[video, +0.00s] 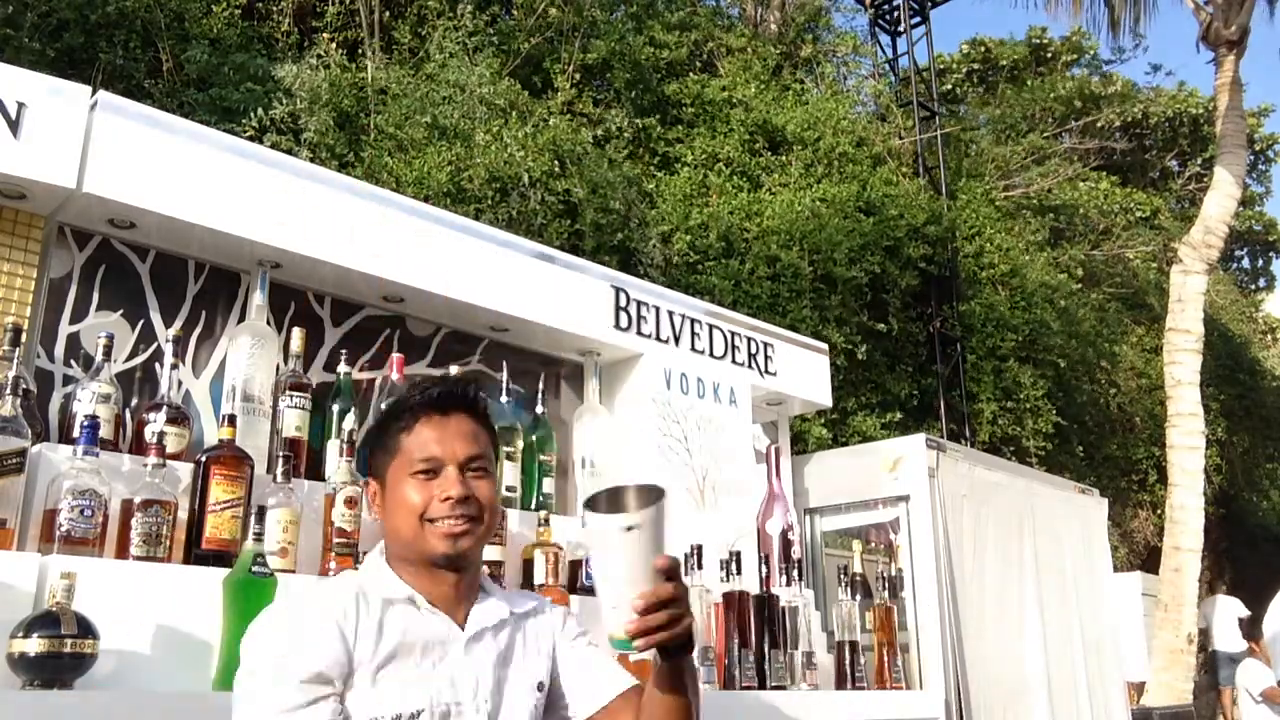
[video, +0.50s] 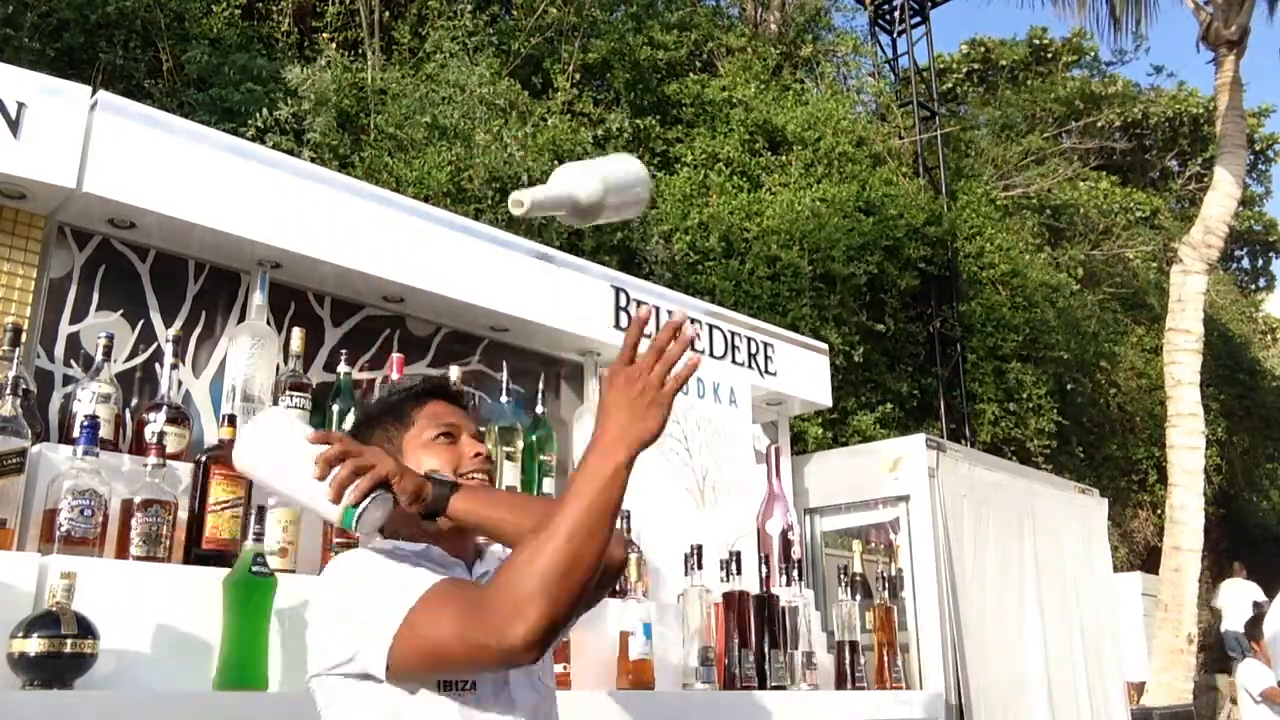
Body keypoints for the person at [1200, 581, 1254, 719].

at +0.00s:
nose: (1223, 588)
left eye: (1221, 586)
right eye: (1223, 586)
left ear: (1211, 589)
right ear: (1224, 588)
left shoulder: (1205, 604)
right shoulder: (1234, 601)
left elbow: (1202, 627)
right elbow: (1248, 617)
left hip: (1219, 648)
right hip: (1239, 647)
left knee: (1225, 687)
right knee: (1249, 680)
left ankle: (1228, 717)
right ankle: (1251, 714)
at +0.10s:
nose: (1227, 589)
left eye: (1224, 587)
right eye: (1227, 587)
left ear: (1215, 589)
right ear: (1228, 588)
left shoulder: (1208, 606)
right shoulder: (1237, 603)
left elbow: (1202, 627)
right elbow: (1249, 619)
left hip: (1221, 649)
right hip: (1241, 648)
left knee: (1227, 688)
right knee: (1245, 684)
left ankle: (1229, 717)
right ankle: (1247, 715)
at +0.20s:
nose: (1234, 590)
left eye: (1231, 587)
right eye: (1233, 587)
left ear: (1220, 589)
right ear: (1233, 588)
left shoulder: (1213, 604)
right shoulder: (1242, 603)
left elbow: (1206, 626)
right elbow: (1254, 622)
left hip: (1222, 648)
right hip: (1242, 647)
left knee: (1227, 685)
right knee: (1245, 684)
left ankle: (1229, 717)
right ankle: (1246, 714)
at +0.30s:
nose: (1241, 583)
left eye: (1239, 580)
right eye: (1240, 581)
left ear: (1226, 583)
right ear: (1238, 582)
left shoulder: (1219, 596)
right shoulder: (1245, 596)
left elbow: (1212, 617)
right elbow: (1259, 613)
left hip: (1223, 640)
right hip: (1242, 641)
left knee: (1229, 678)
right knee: (1247, 675)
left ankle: (1229, 712)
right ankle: (1247, 708)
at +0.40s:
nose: (1244, 578)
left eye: (1242, 575)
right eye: (1243, 576)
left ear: (1228, 578)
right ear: (1243, 576)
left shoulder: (1222, 590)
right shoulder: (1249, 590)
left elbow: (1215, 610)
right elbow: (1263, 608)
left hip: (1225, 632)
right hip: (1243, 632)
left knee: (1235, 665)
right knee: (1253, 662)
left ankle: (1233, 694)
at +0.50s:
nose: (1245, 573)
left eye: (1244, 570)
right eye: (1245, 571)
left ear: (1232, 572)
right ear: (1243, 571)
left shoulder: (1224, 585)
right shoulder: (1252, 586)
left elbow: (1215, 605)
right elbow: (1265, 604)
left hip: (1226, 627)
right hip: (1245, 627)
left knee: (1236, 657)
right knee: (1251, 656)